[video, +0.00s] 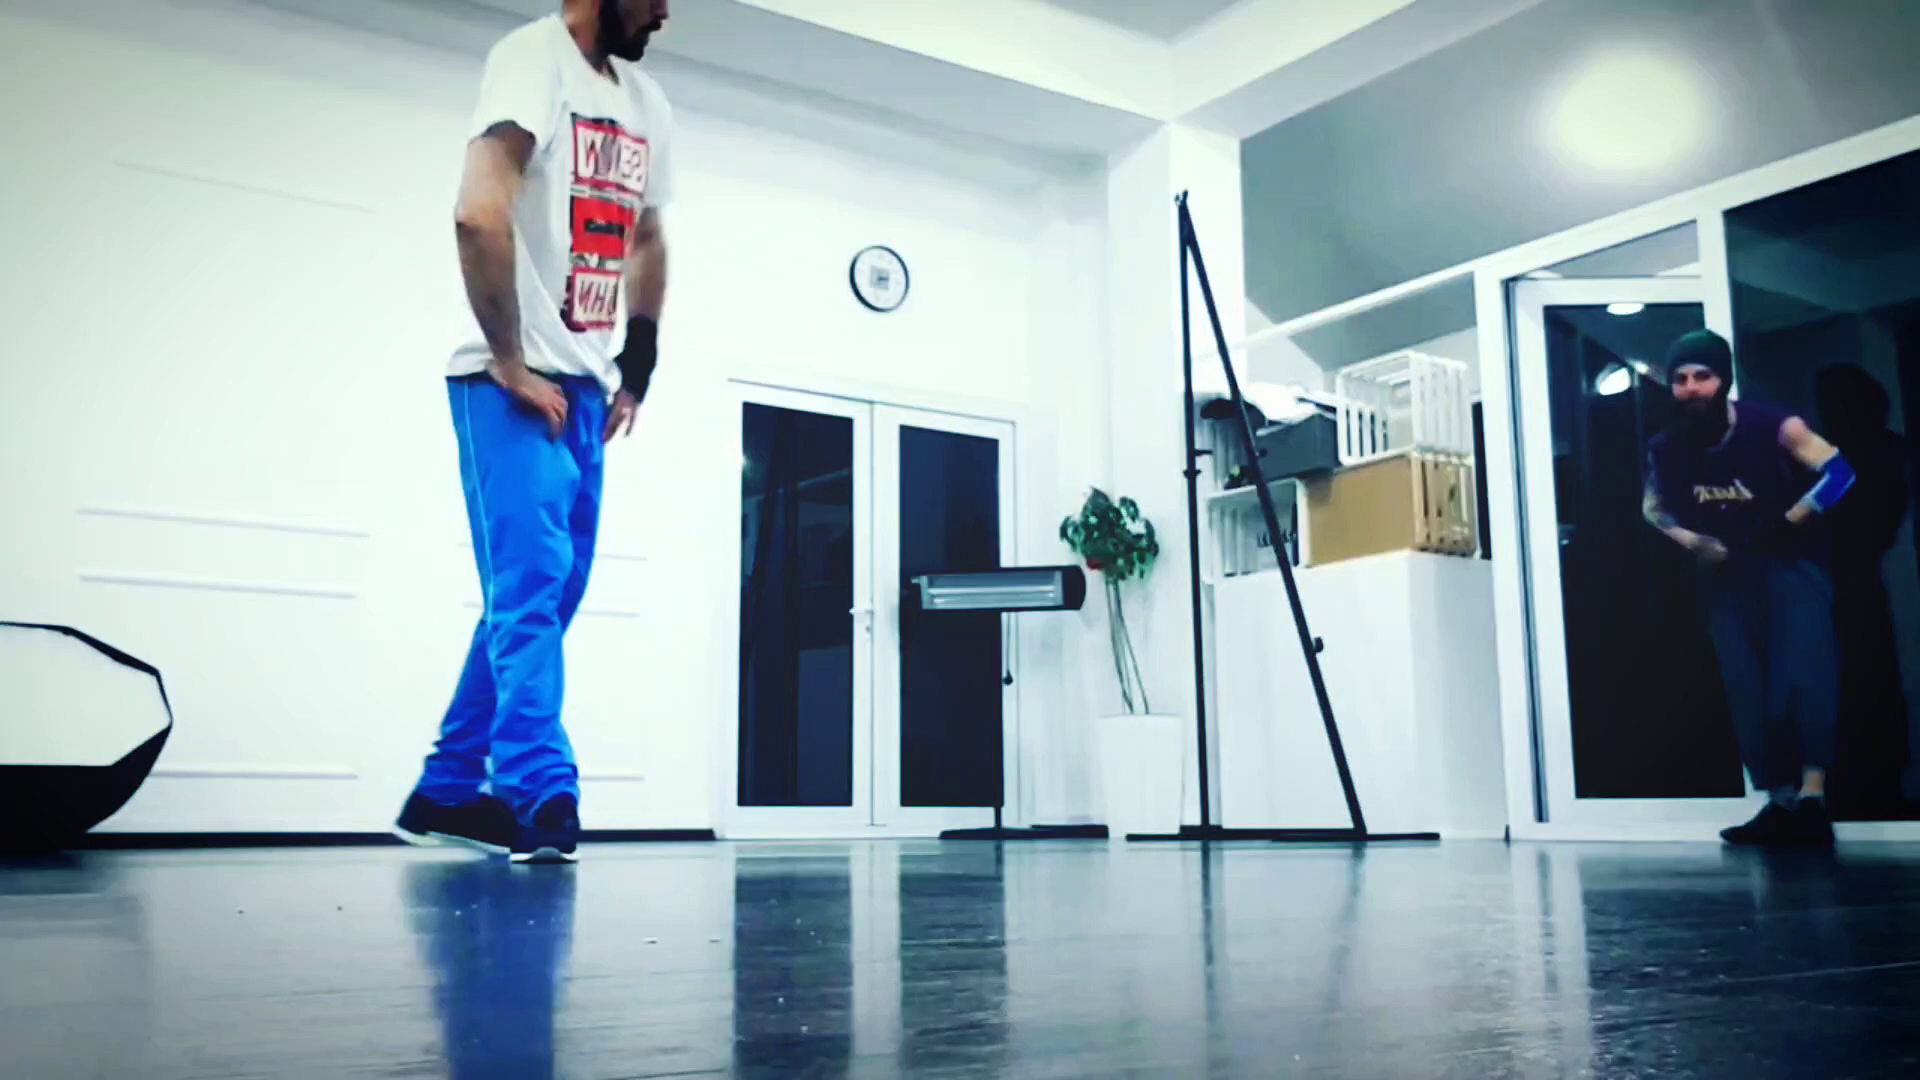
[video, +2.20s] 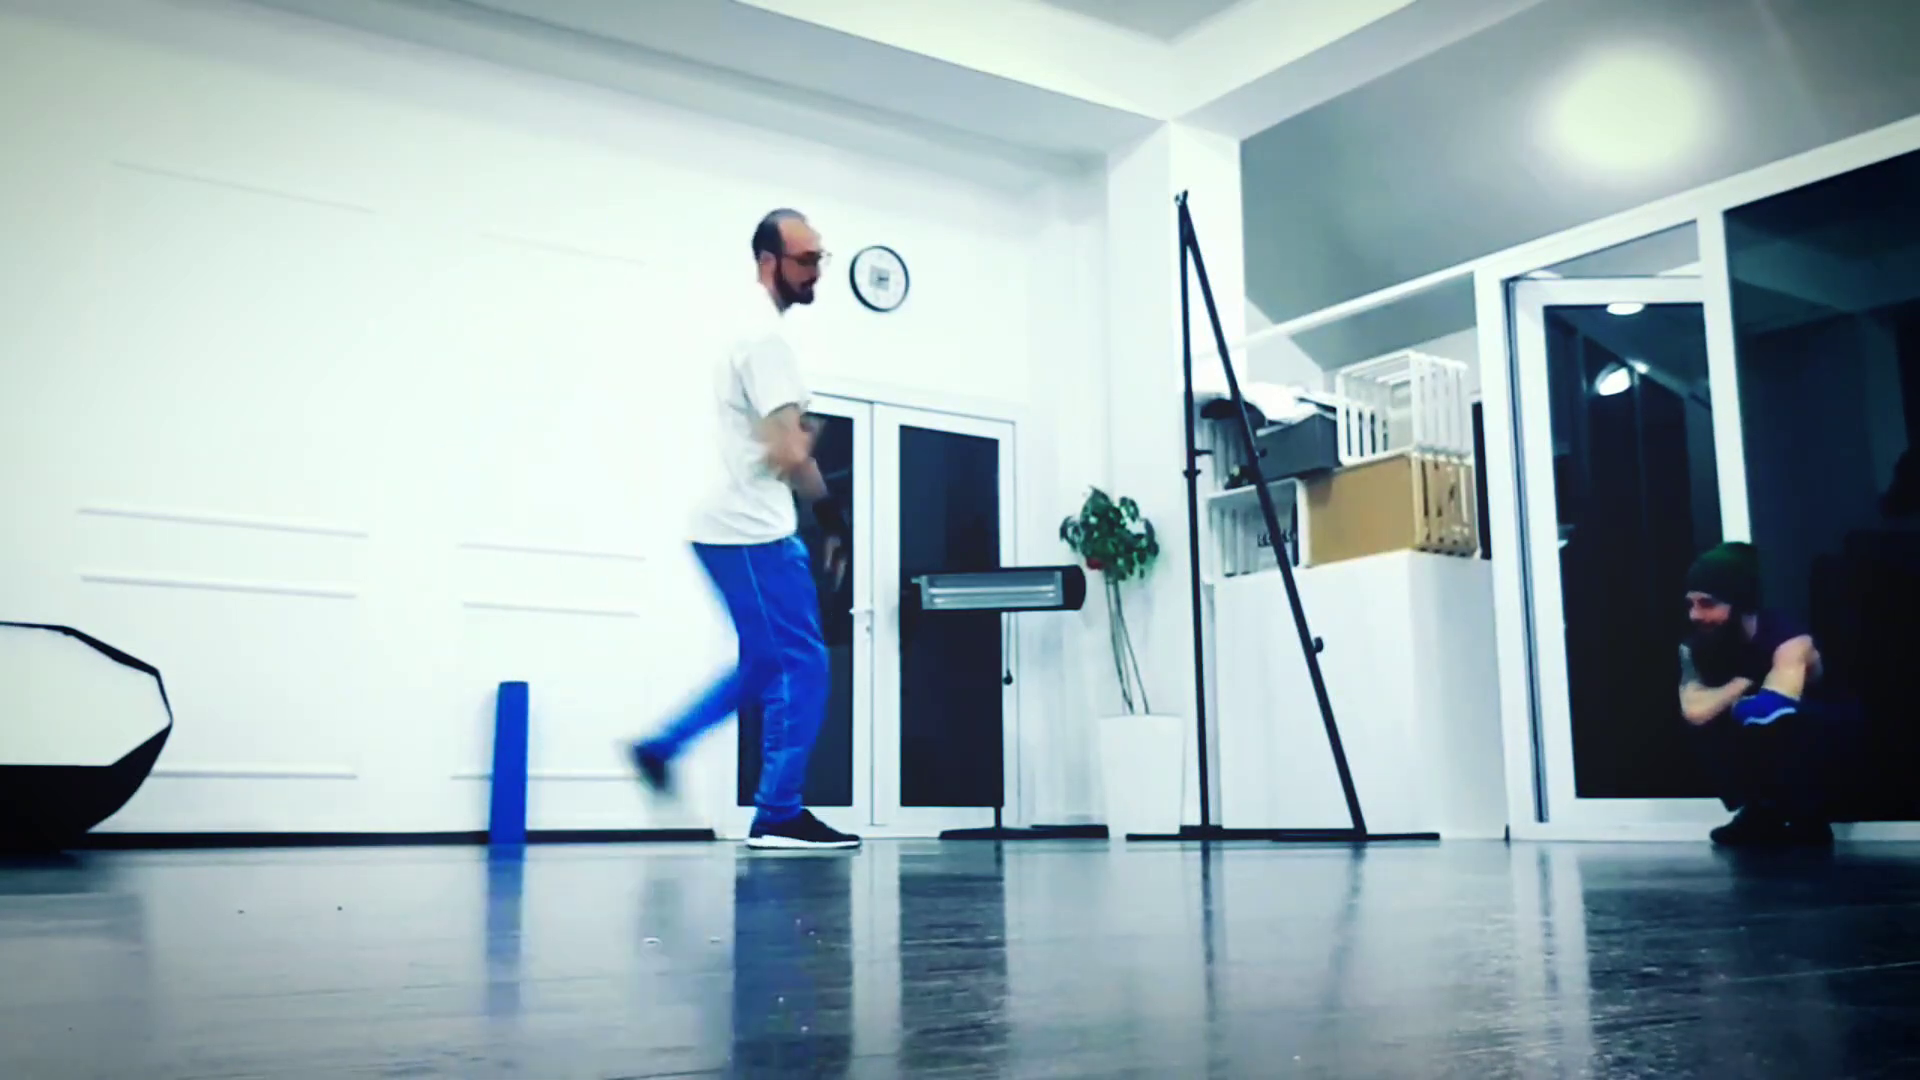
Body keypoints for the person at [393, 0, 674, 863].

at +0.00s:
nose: (663, 10)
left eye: (665, 1)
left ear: (641, 11)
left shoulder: (649, 99)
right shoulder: (533, 56)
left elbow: (648, 241)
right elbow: (481, 214)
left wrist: (636, 368)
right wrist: (509, 361)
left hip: (589, 385)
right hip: (512, 375)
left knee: (555, 584)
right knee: (528, 582)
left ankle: (451, 786)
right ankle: (542, 795)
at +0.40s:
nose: (614, 58)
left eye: (614, 42)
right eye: (607, 39)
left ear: (551, 42)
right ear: (568, 39)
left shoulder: (513, 119)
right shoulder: (526, 120)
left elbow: (508, 256)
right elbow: (521, 246)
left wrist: (545, 359)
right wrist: (564, 357)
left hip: (481, 402)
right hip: (517, 399)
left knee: (484, 608)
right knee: (564, 581)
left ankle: (419, 801)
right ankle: (579, 784)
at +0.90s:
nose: (637, 135)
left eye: (633, 124)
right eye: (635, 123)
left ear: (564, 125)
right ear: (619, 119)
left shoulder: (500, 199)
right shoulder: (618, 191)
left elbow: (448, 337)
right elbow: (622, 328)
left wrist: (508, 403)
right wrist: (640, 404)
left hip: (484, 421)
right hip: (575, 427)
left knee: (477, 605)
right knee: (578, 624)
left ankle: (427, 791)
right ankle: (582, 810)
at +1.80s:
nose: (721, 236)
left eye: (722, 223)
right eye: (718, 222)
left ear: (659, 217)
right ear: (692, 219)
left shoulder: (601, 278)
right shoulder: (700, 285)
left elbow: (571, 373)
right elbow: (712, 409)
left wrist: (616, 428)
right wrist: (665, 442)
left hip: (579, 474)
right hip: (657, 479)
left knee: (567, 647)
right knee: (690, 639)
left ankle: (538, 804)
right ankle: (622, 786)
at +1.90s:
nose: (744, 239)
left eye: (745, 227)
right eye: (738, 226)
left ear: (689, 223)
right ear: (704, 224)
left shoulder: (634, 275)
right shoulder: (717, 292)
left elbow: (646, 372)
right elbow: (718, 417)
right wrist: (673, 425)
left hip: (595, 478)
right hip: (668, 485)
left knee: (578, 646)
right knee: (706, 641)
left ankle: (539, 801)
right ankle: (711, 799)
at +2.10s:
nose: (798, 265)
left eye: (799, 253)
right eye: (791, 252)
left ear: (749, 254)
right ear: (751, 252)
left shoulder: (699, 312)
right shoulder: (751, 327)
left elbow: (699, 429)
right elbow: (760, 451)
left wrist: (761, 436)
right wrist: (785, 445)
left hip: (665, 515)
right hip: (721, 522)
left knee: (657, 661)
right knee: (766, 660)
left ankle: (565, 767)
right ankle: (775, 810)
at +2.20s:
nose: (817, 272)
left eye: (819, 261)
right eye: (807, 261)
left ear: (769, 267)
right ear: (769, 263)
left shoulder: (744, 329)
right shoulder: (764, 336)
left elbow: (762, 444)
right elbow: (787, 452)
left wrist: (797, 449)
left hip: (726, 526)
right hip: (752, 528)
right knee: (804, 661)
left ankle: (659, 746)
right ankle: (780, 811)